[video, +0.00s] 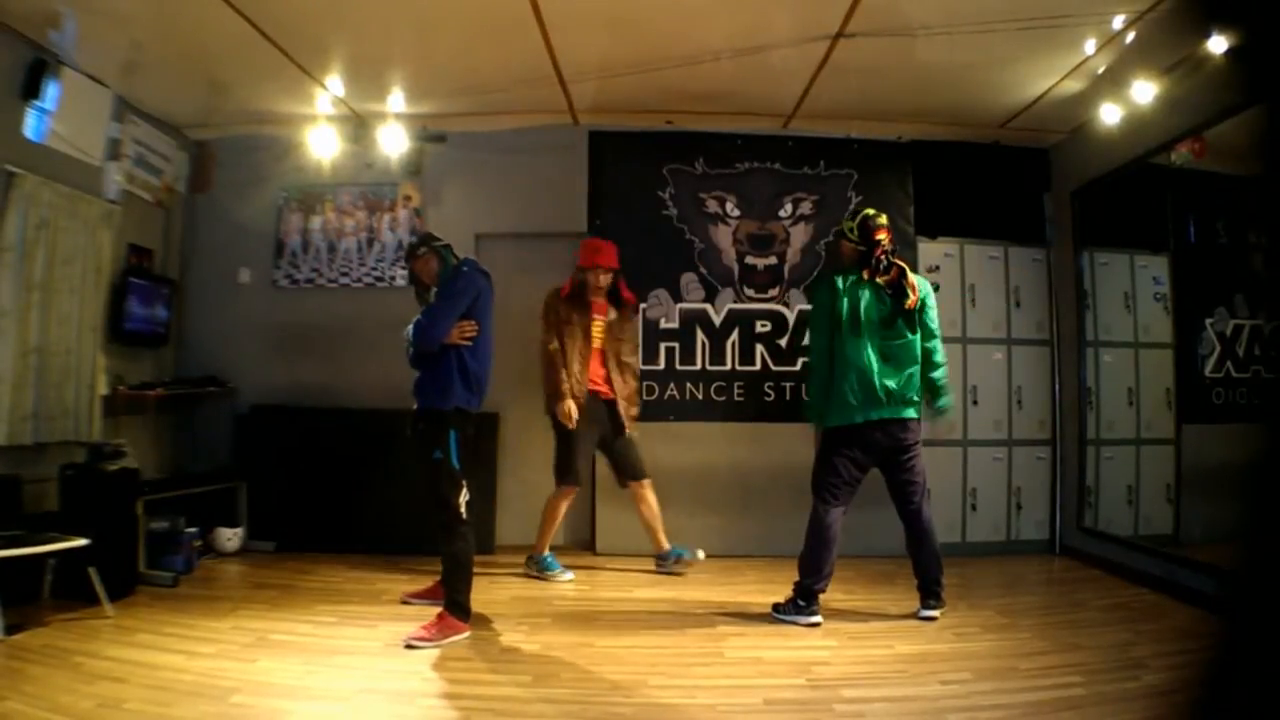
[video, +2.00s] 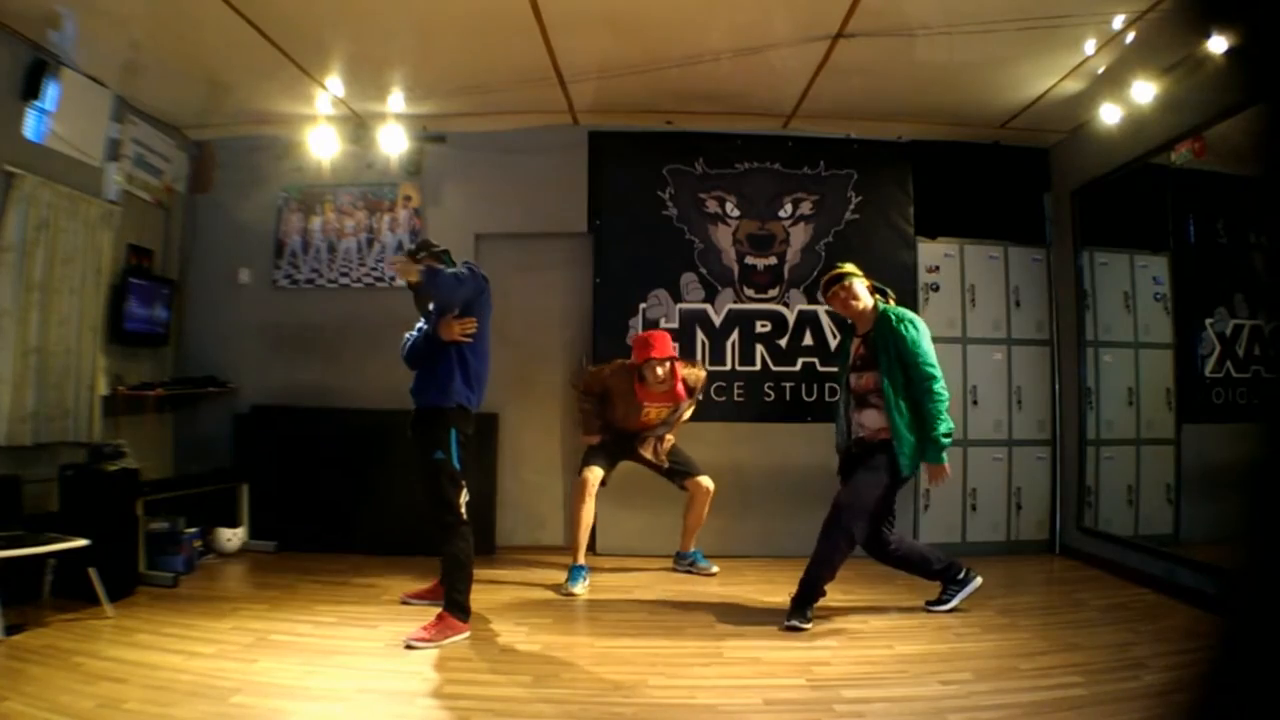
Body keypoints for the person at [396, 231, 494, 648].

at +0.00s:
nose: (418, 274)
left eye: (420, 264)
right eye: (414, 268)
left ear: (436, 256)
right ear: (420, 268)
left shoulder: (468, 277)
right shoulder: (444, 290)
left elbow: (432, 334)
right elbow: (413, 347)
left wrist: (415, 328)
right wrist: (439, 334)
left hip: (454, 408)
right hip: (435, 408)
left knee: (454, 508)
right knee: (442, 502)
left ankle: (456, 613)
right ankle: (448, 582)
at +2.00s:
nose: (410, 287)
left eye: (413, 278)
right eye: (408, 281)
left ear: (431, 265)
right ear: (427, 268)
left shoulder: (472, 279)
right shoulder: (433, 308)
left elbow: (447, 293)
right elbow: (409, 353)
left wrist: (417, 273)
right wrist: (436, 332)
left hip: (453, 407)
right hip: (431, 408)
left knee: (454, 509)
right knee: (440, 502)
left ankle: (456, 613)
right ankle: (447, 582)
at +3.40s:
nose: (418, 283)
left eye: (422, 271)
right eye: (412, 277)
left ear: (437, 262)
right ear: (411, 281)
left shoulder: (469, 280)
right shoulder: (430, 312)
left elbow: (444, 300)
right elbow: (409, 357)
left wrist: (431, 307)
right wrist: (434, 337)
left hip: (453, 409)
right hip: (431, 410)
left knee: (455, 509)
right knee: (440, 501)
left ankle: (455, 613)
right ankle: (446, 582)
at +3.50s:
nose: (415, 282)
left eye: (415, 272)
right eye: (411, 275)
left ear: (429, 263)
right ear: (426, 266)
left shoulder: (461, 285)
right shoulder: (445, 292)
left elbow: (445, 356)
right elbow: (424, 344)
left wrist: (412, 359)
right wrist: (427, 359)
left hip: (452, 413)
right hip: (435, 412)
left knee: (454, 509)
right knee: (439, 501)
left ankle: (456, 614)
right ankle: (445, 582)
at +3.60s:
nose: (413, 282)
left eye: (414, 273)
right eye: (409, 275)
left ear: (430, 264)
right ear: (419, 270)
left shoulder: (465, 289)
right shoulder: (433, 301)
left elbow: (477, 343)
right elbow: (422, 351)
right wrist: (410, 382)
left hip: (455, 415)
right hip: (429, 414)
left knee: (455, 508)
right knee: (433, 499)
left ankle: (456, 614)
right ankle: (443, 581)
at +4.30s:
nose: (470, 263)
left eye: (478, 255)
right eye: (463, 254)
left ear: (487, 257)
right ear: (447, 251)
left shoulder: (496, 302)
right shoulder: (416, 290)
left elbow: (502, 366)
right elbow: (393, 349)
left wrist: (494, 419)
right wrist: (394, 406)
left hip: (472, 413)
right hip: (427, 410)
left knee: (470, 505)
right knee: (433, 498)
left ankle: (470, 597)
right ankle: (447, 581)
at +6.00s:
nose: (440, 256)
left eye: (448, 248)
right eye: (433, 248)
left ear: (464, 248)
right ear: (423, 252)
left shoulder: (489, 288)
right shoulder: (420, 293)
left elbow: (507, 349)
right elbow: (416, 348)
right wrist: (377, 375)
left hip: (486, 404)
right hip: (443, 404)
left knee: (475, 486)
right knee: (431, 474)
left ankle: (477, 573)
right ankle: (437, 537)